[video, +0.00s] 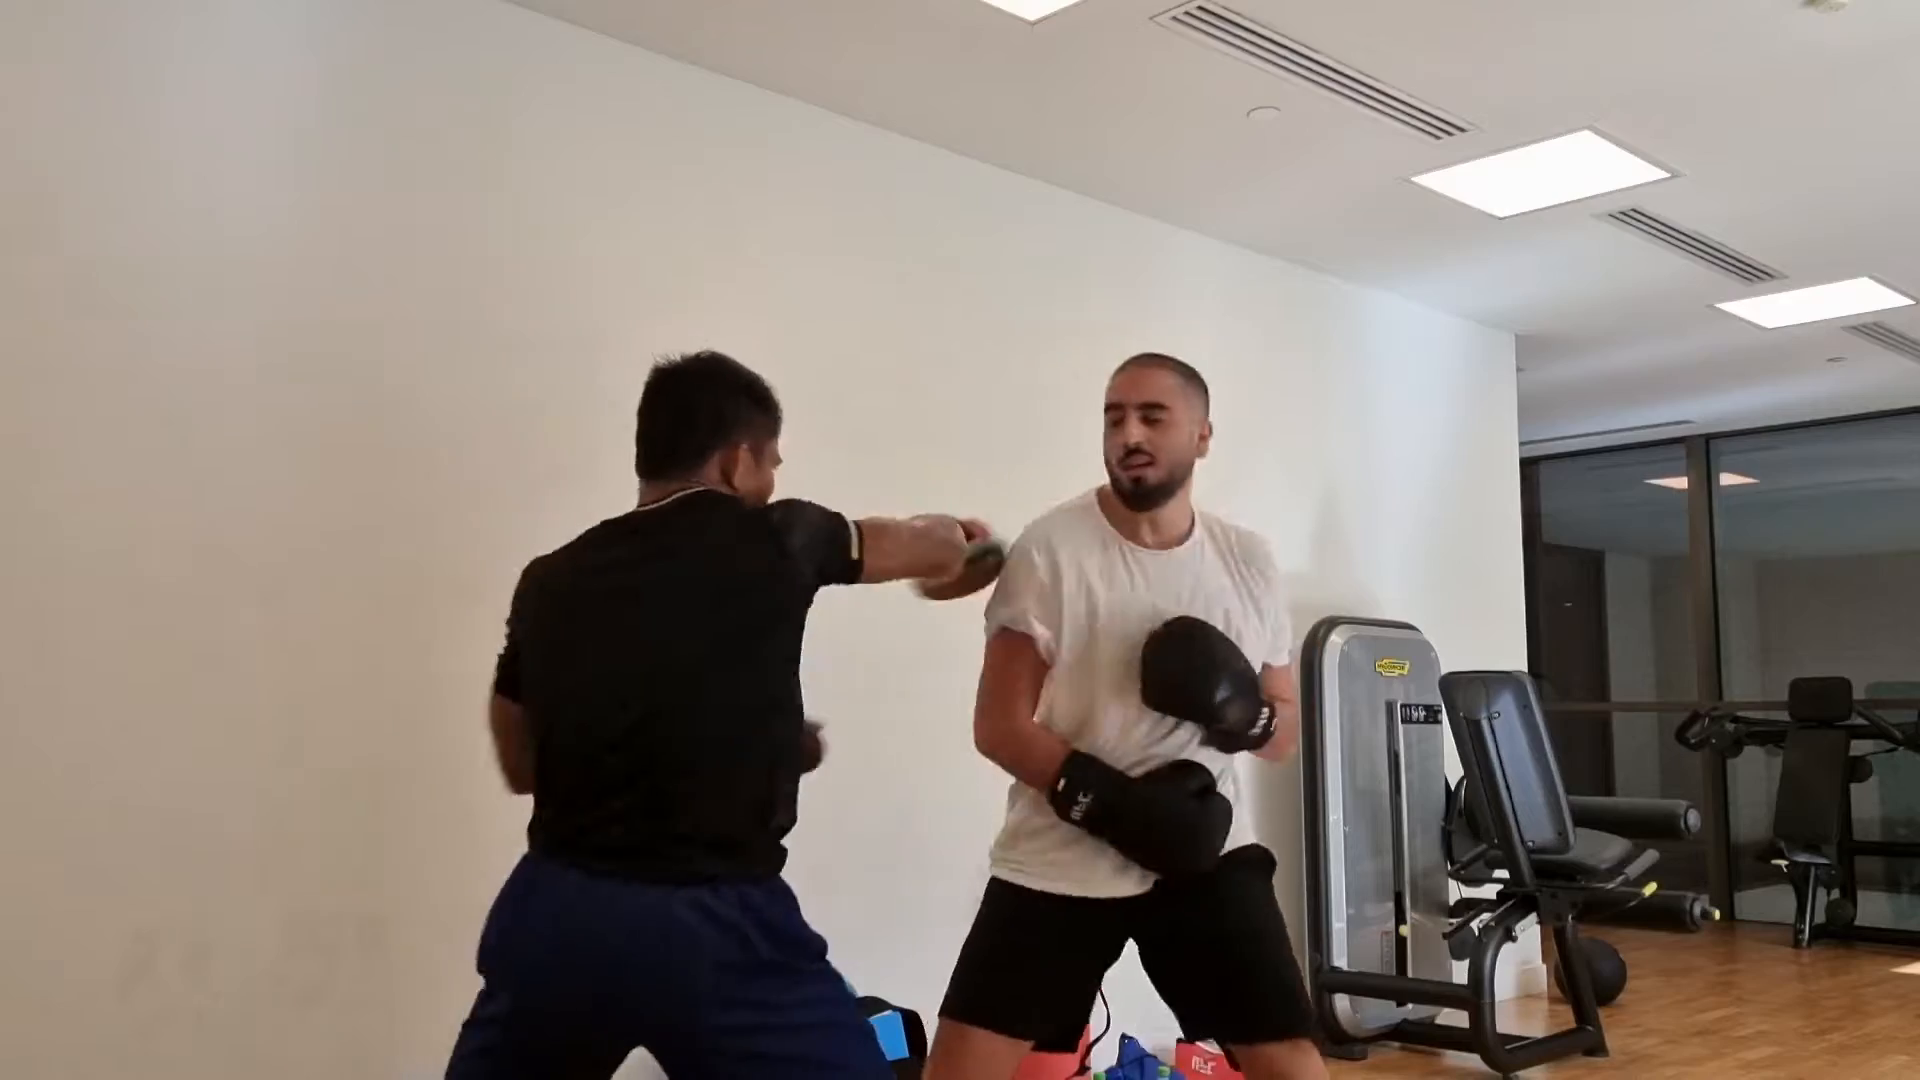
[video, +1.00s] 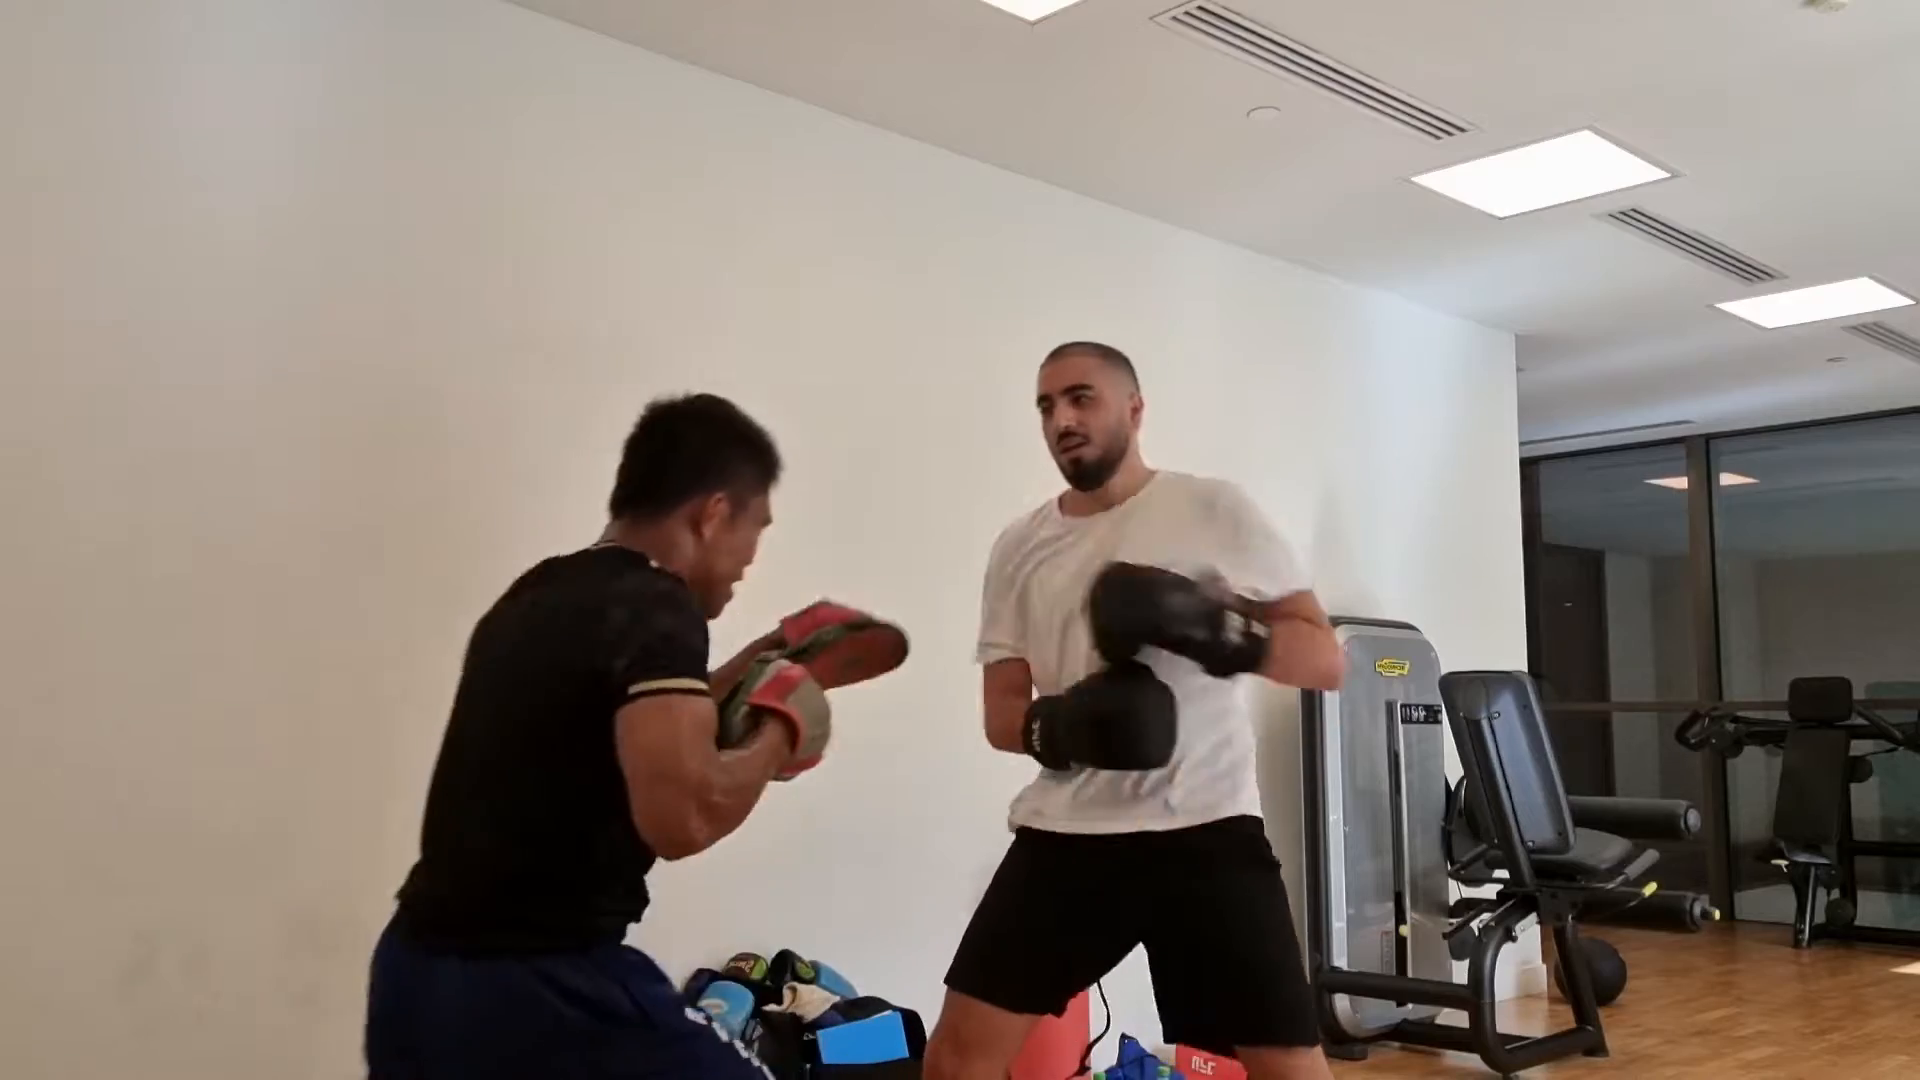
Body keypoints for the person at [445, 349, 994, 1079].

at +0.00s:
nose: (773, 487)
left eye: (777, 468)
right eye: (772, 466)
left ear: (647, 460)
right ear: (736, 460)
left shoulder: (550, 577)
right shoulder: (774, 535)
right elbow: (933, 547)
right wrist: (965, 549)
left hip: (554, 933)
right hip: (725, 939)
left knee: (489, 1066)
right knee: (849, 1063)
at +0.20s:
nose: (812, 474)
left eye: (815, 453)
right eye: (809, 452)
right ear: (762, 450)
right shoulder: (677, 557)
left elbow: (860, 593)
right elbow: (747, 715)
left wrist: (986, 554)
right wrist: (849, 592)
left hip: (598, 917)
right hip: (680, 924)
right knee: (825, 1063)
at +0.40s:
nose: (749, 470)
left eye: (753, 447)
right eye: (747, 446)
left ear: (626, 443)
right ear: (702, 445)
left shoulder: (565, 547)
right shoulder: (677, 536)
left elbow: (644, 675)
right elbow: (776, 659)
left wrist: (779, 622)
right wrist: (939, 601)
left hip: (536, 914)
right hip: (669, 919)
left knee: (512, 1069)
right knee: (811, 1064)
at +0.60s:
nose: (736, 469)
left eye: (742, 451)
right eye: (736, 448)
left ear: (610, 432)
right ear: (694, 434)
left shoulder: (502, 535)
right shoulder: (732, 515)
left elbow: (469, 646)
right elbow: (913, 582)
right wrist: (1012, 507)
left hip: (512, 915)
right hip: (681, 924)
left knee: (479, 1068)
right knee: (798, 1067)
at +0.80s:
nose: (841, 475)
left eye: (843, 452)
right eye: (838, 451)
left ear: (717, 442)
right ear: (793, 450)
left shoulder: (657, 544)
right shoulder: (721, 554)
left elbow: (777, 680)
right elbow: (745, 743)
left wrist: (864, 558)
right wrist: (891, 673)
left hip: (528, 911)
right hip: (639, 932)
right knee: (785, 1061)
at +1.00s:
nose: (750, 562)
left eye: (763, 534)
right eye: (759, 529)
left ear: (630, 500)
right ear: (711, 515)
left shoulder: (535, 593)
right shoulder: (655, 608)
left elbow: (582, 761)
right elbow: (681, 818)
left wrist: (731, 685)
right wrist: (779, 737)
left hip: (420, 975)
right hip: (552, 990)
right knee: (736, 1066)